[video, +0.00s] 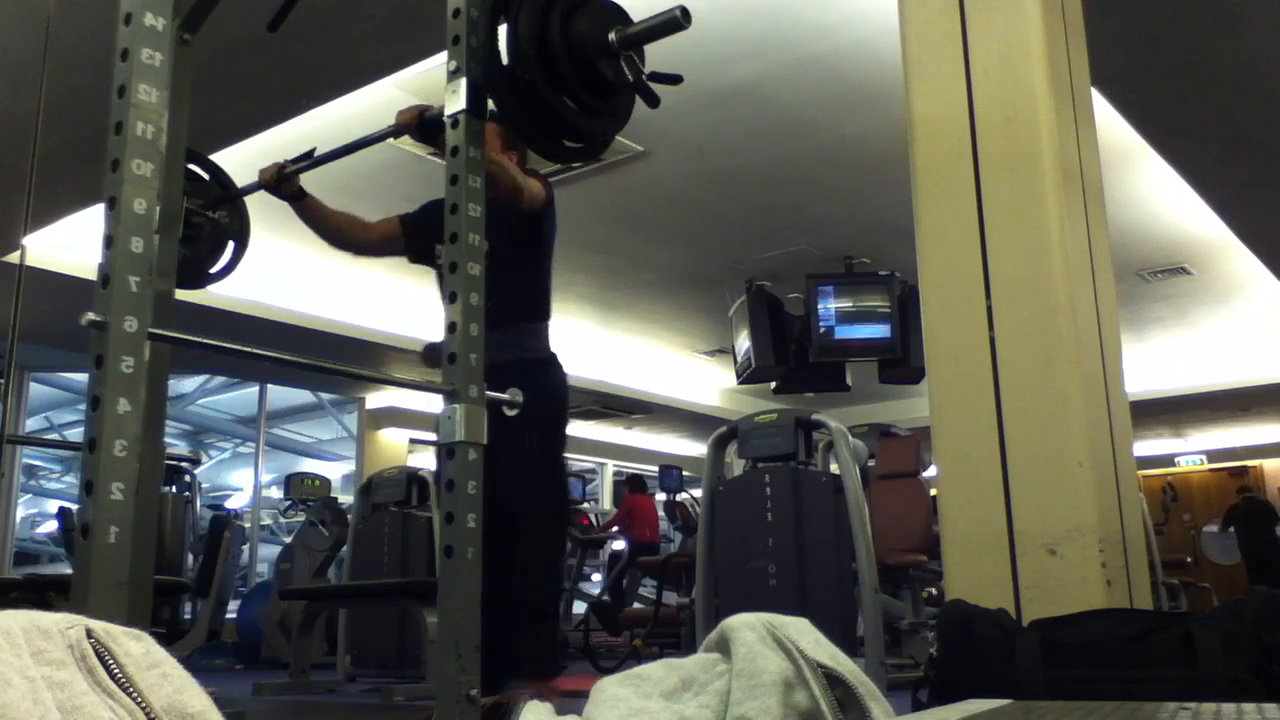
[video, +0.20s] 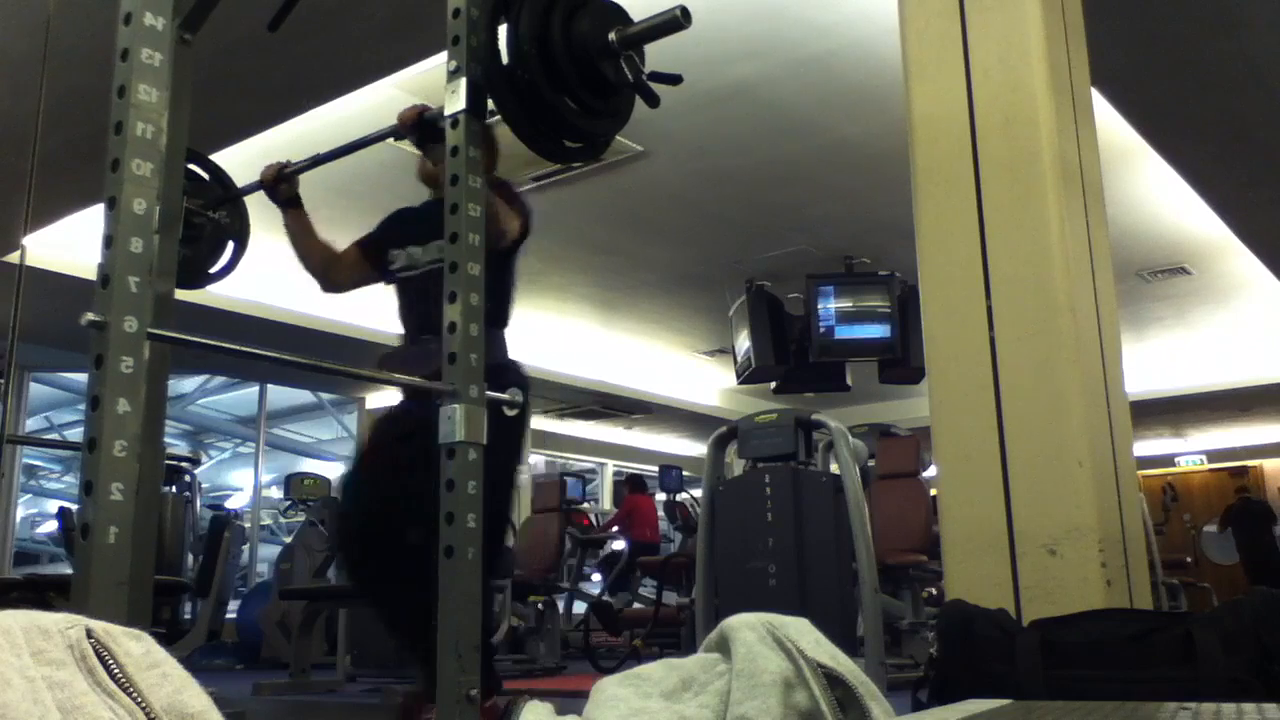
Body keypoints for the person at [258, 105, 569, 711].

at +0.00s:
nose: (470, 154)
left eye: (482, 143)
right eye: (465, 144)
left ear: (513, 152)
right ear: (455, 154)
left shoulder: (535, 198)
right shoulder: (447, 215)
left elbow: (506, 183)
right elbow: (361, 235)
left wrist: (443, 139)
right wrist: (296, 194)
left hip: (527, 383)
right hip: (469, 386)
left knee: (529, 532)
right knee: (472, 536)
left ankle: (532, 687)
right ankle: (485, 685)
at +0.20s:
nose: (428, 155)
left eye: (444, 146)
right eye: (427, 147)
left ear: (476, 156)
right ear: (427, 159)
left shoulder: (502, 208)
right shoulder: (407, 226)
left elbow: (499, 226)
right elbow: (331, 273)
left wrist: (436, 144)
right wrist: (291, 203)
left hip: (490, 397)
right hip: (421, 399)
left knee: (469, 544)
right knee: (370, 533)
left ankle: (475, 685)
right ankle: (437, 677)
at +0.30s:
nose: (403, 150)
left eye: (418, 140)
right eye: (399, 142)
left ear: (446, 153)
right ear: (393, 158)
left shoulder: (470, 206)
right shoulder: (382, 226)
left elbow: (469, 241)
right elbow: (304, 284)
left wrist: (434, 160)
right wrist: (281, 206)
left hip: (447, 404)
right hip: (386, 402)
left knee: (426, 553)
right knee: (298, 524)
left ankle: (445, 690)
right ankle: (343, 675)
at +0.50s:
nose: (373, 118)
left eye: (389, 114)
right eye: (370, 112)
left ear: (409, 140)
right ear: (354, 135)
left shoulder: (412, 195)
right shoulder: (315, 210)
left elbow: (399, 231)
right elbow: (240, 271)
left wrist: (412, 147)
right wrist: (258, 194)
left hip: (351, 379)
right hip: (287, 380)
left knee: (351, 546)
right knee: (220, 517)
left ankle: (432, 681)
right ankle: (250, 694)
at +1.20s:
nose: (404, 106)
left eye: (421, 103)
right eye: (404, 101)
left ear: (442, 130)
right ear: (390, 124)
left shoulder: (442, 178)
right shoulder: (354, 192)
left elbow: (414, 226)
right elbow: (267, 249)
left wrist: (440, 141)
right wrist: (300, 188)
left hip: (394, 352)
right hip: (325, 352)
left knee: (386, 516)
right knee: (275, 502)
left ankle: (399, 693)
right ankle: (258, 685)